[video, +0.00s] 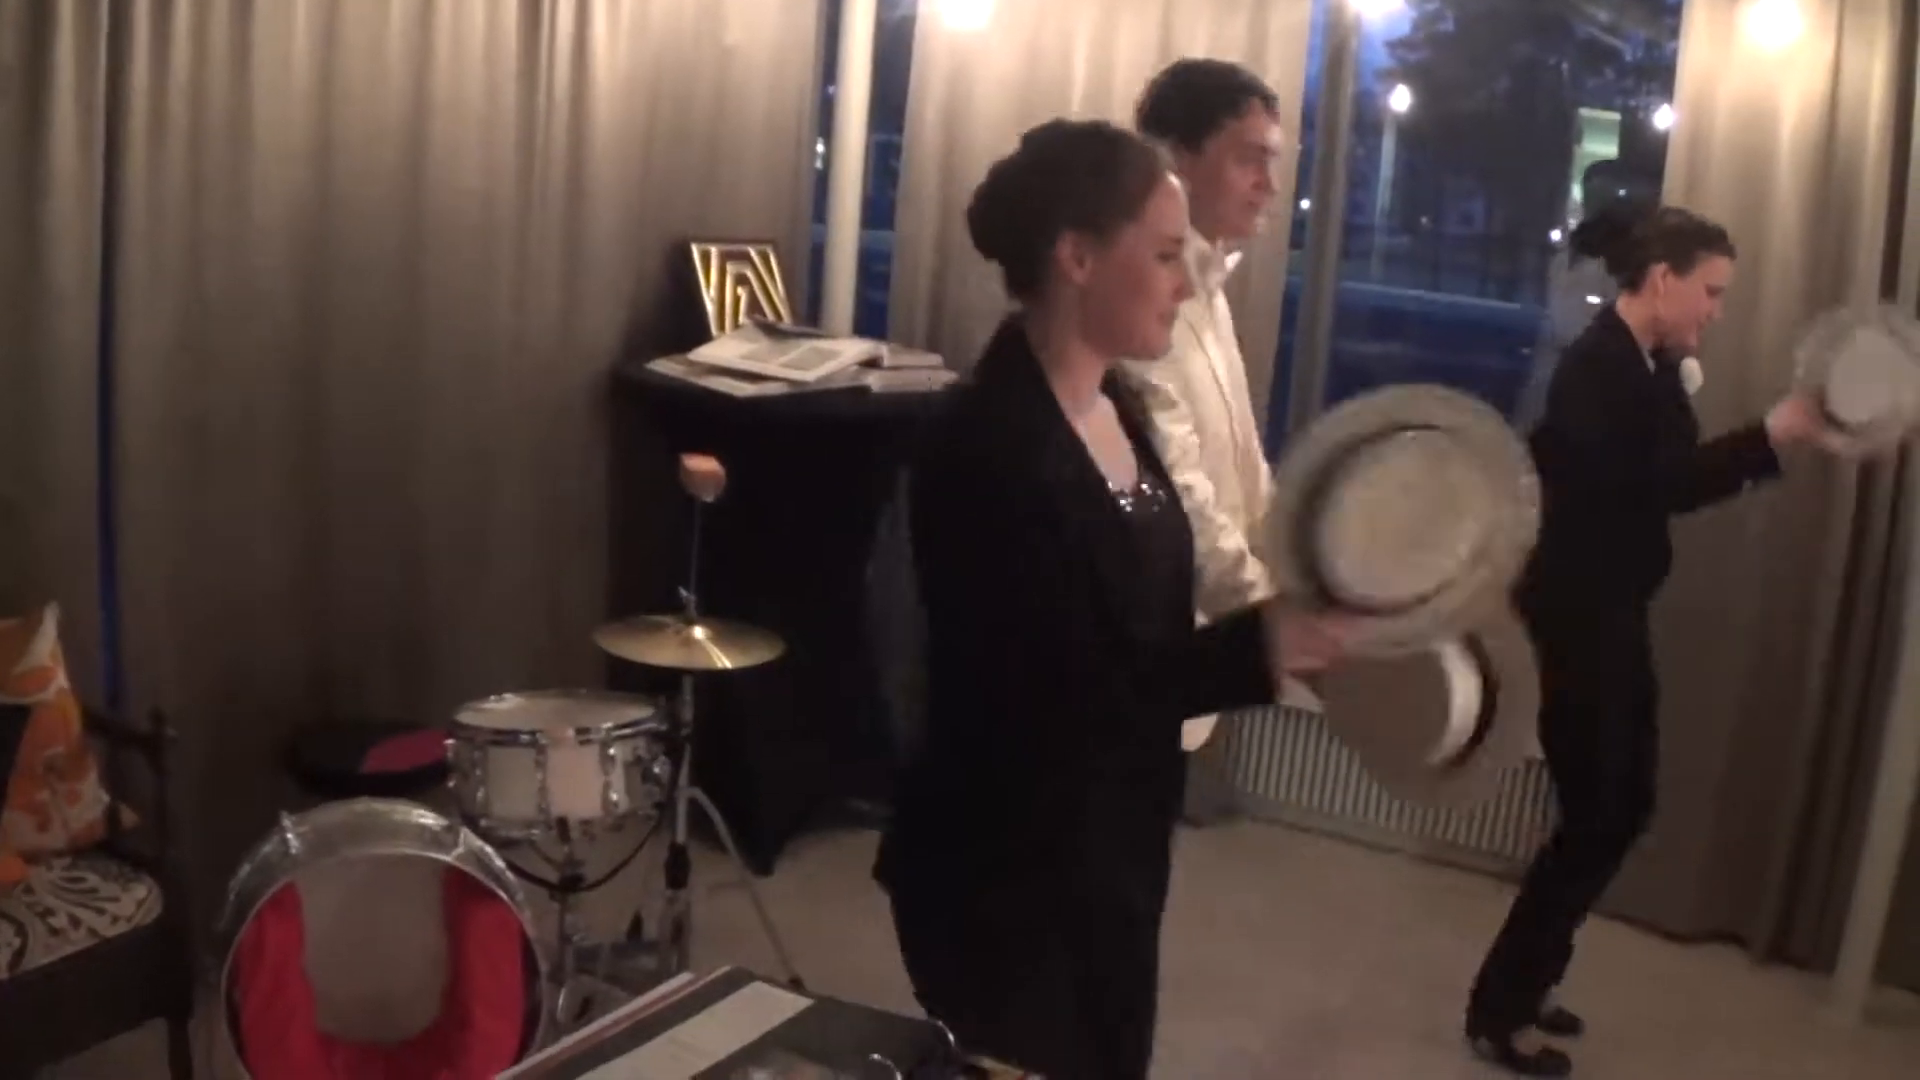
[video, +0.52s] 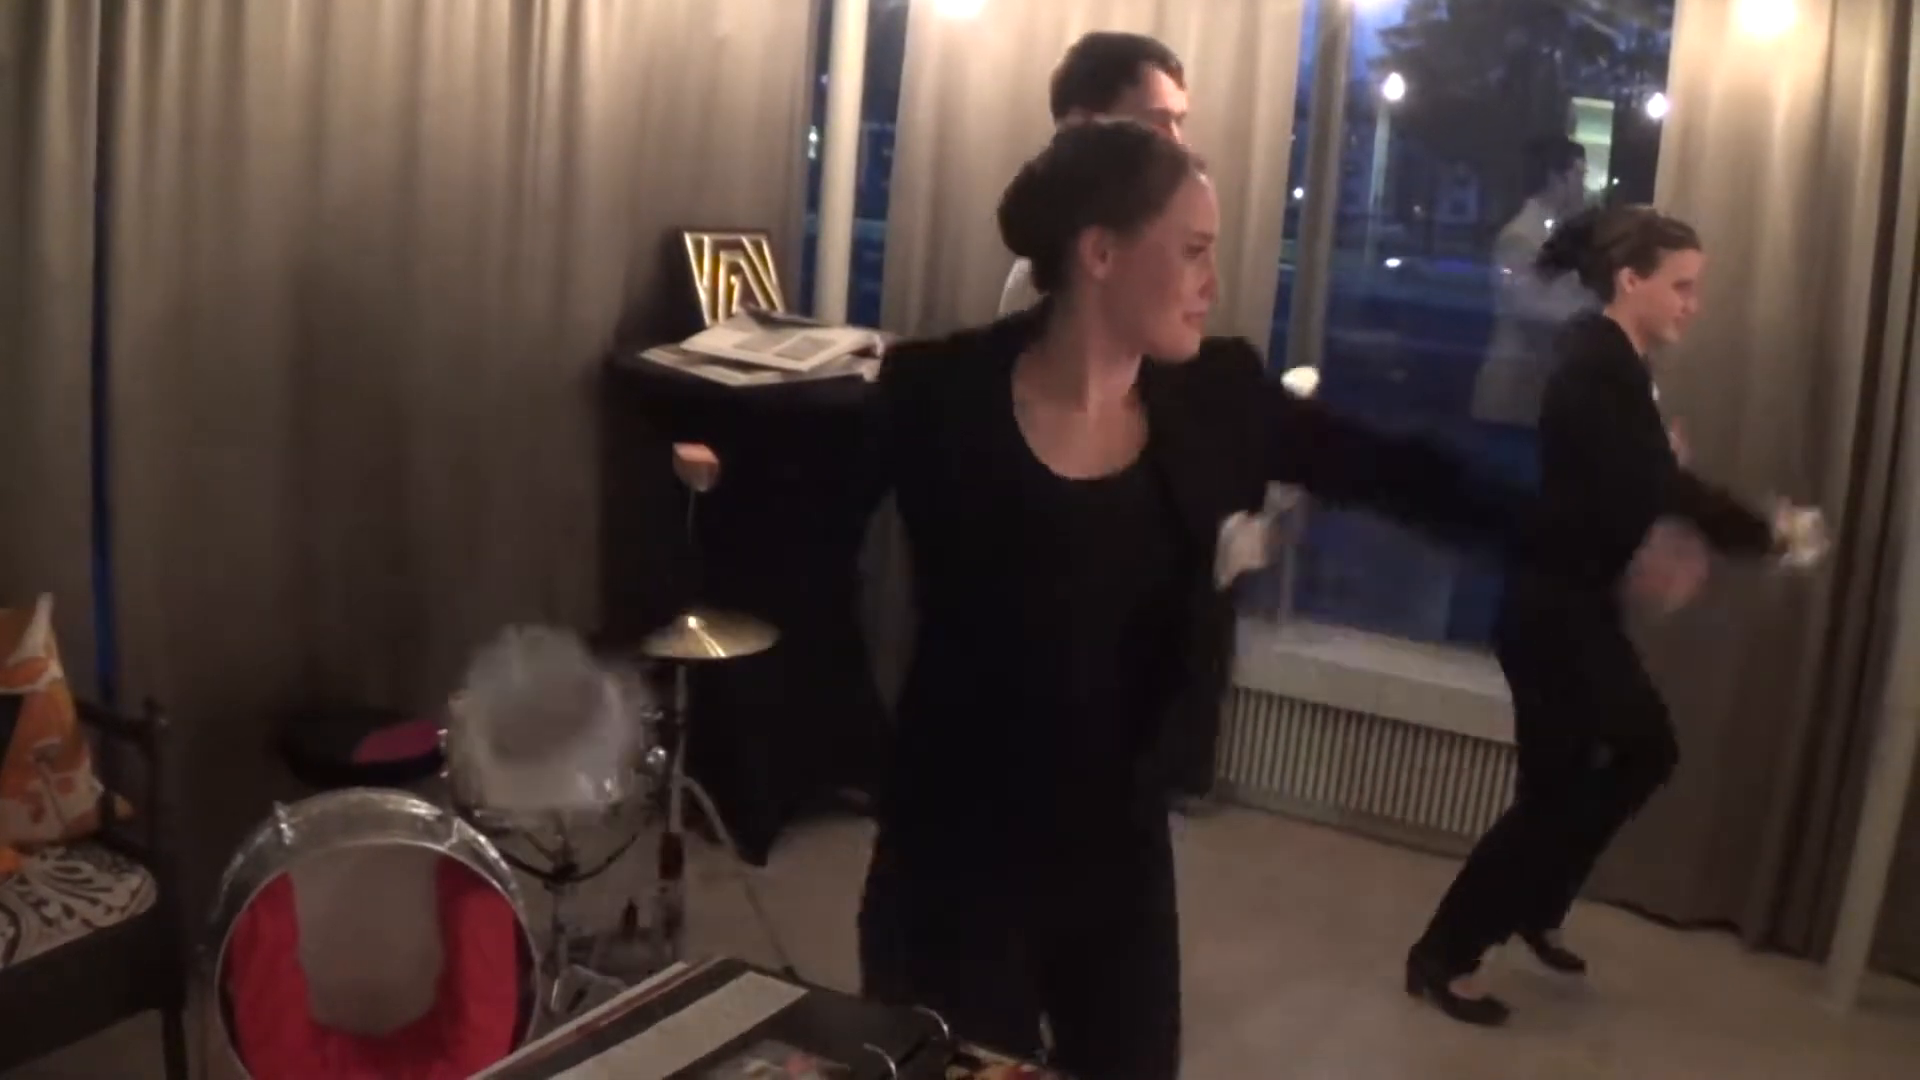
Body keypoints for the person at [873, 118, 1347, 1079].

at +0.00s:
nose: (1187, 285)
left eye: (1183, 258)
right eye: (1165, 257)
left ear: (1088, 262)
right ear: (1075, 260)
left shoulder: (1116, 409)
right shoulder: (984, 445)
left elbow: (1147, 644)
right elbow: (1060, 698)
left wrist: (1289, 622)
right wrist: (1256, 650)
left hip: (1111, 856)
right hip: (1003, 877)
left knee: (1113, 1061)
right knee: (1032, 1068)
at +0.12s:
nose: (1203, 269)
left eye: (1201, 242)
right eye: (1182, 240)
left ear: (1102, 247)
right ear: (1088, 244)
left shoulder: (1153, 400)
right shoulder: (953, 433)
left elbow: (1191, 599)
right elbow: (938, 693)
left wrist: (1292, 664)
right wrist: (1131, 699)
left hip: (1112, 817)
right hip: (985, 834)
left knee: (1119, 1052)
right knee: (1068, 1054)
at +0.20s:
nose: (1203, 268)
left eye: (1202, 240)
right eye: (1184, 239)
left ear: (1109, 244)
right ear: (1093, 243)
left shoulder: (1173, 399)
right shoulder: (946, 418)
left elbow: (1210, 591)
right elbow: (884, 656)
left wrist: (1271, 671)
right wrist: (1029, 779)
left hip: (1127, 808)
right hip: (976, 831)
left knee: (1110, 1048)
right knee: (1091, 1052)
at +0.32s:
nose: (1204, 297)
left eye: (1200, 268)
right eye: (1183, 267)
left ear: (1109, 273)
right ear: (1093, 271)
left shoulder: (1185, 435)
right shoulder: (942, 441)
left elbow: (1212, 636)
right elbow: (844, 664)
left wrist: (1259, 776)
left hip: (1124, 877)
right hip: (965, 877)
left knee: (1131, 1064)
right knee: (957, 1063)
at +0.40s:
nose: (1205, 303)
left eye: (1202, 273)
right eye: (1184, 272)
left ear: (1110, 280)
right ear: (1093, 277)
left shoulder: (1196, 440)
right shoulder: (944, 438)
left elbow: (1279, 598)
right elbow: (840, 626)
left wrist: (1359, 755)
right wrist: (874, 783)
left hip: (1130, 872)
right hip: (973, 875)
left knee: (1134, 1064)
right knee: (988, 1065)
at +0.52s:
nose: (1213, 278)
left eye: (1214, 250)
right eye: (1192, 251)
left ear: (1143, 258)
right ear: (1094, 256)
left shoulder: (1218, 401)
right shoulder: (932, 395)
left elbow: (1404, 475)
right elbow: (775, 502)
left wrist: (1607, 551)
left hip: (1115, 853)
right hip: (951, 849)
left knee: (1131, 1068)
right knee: (947, 1072)